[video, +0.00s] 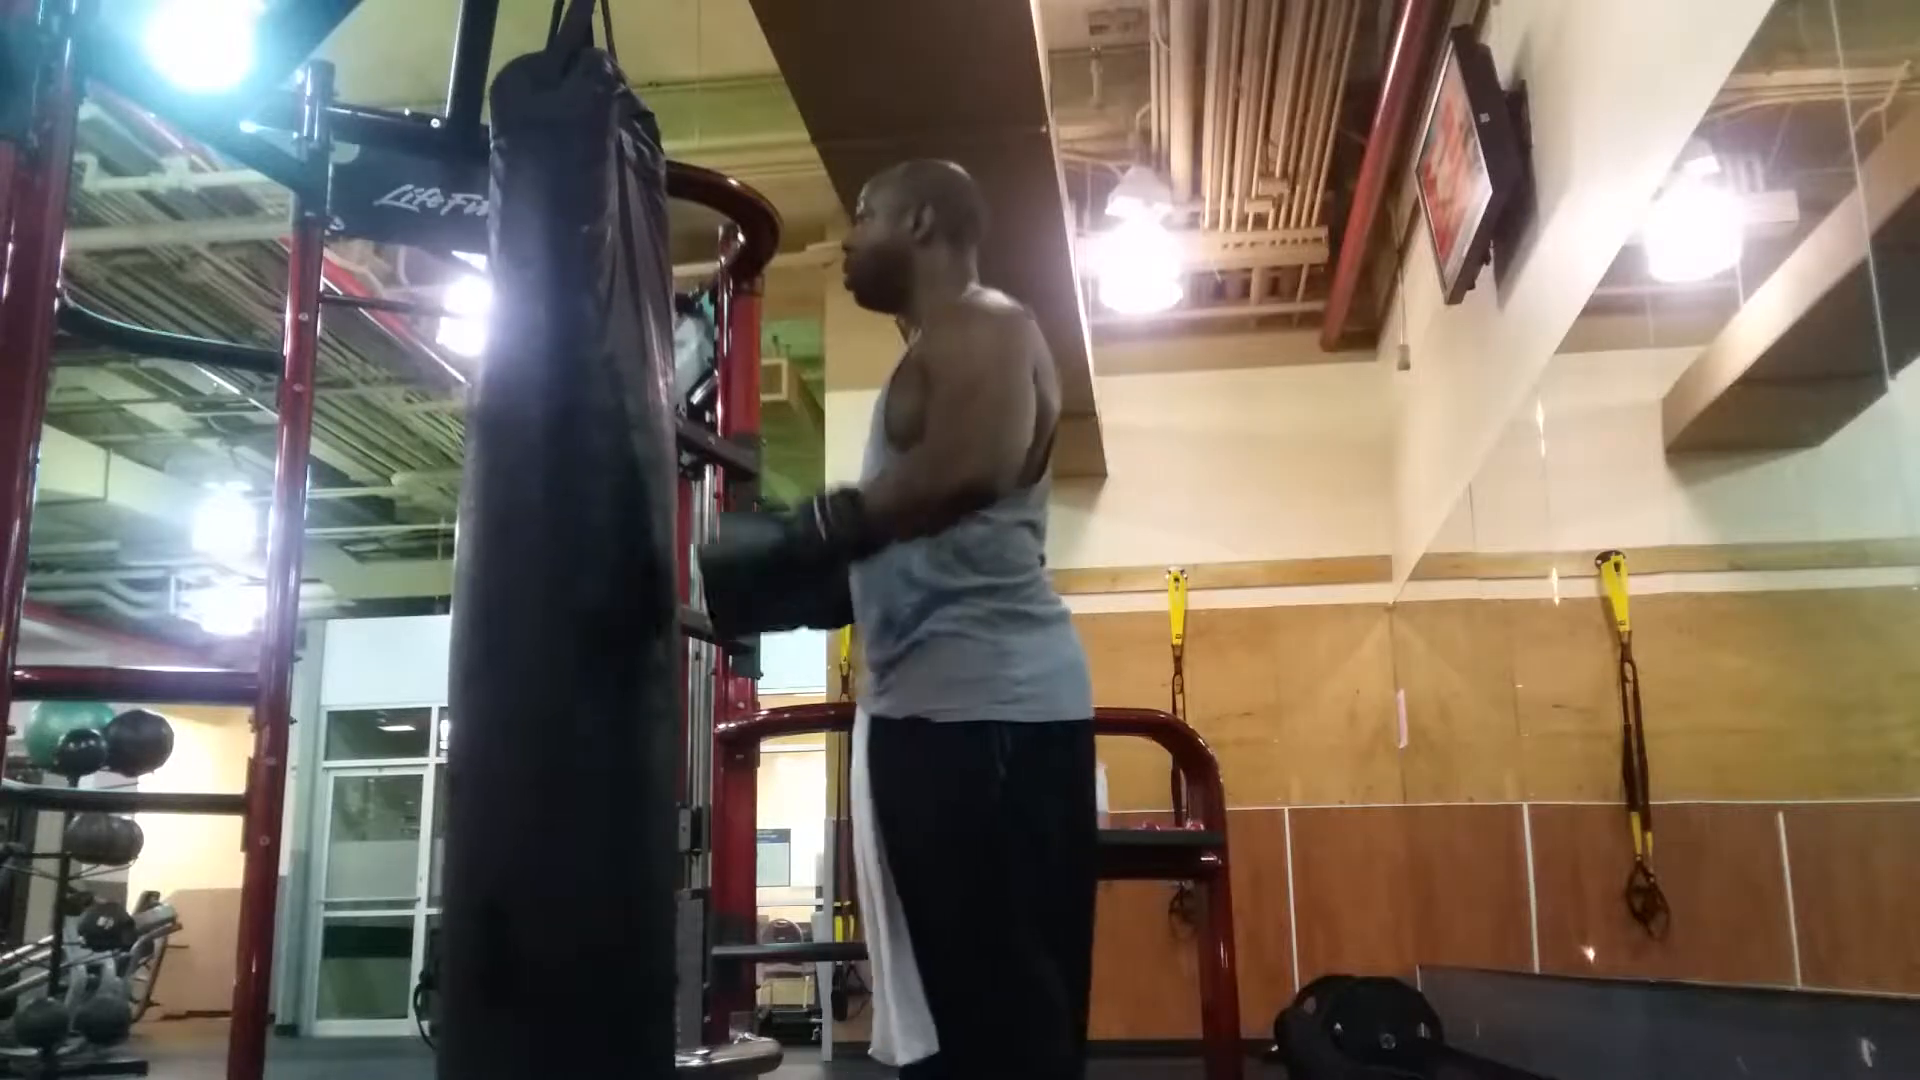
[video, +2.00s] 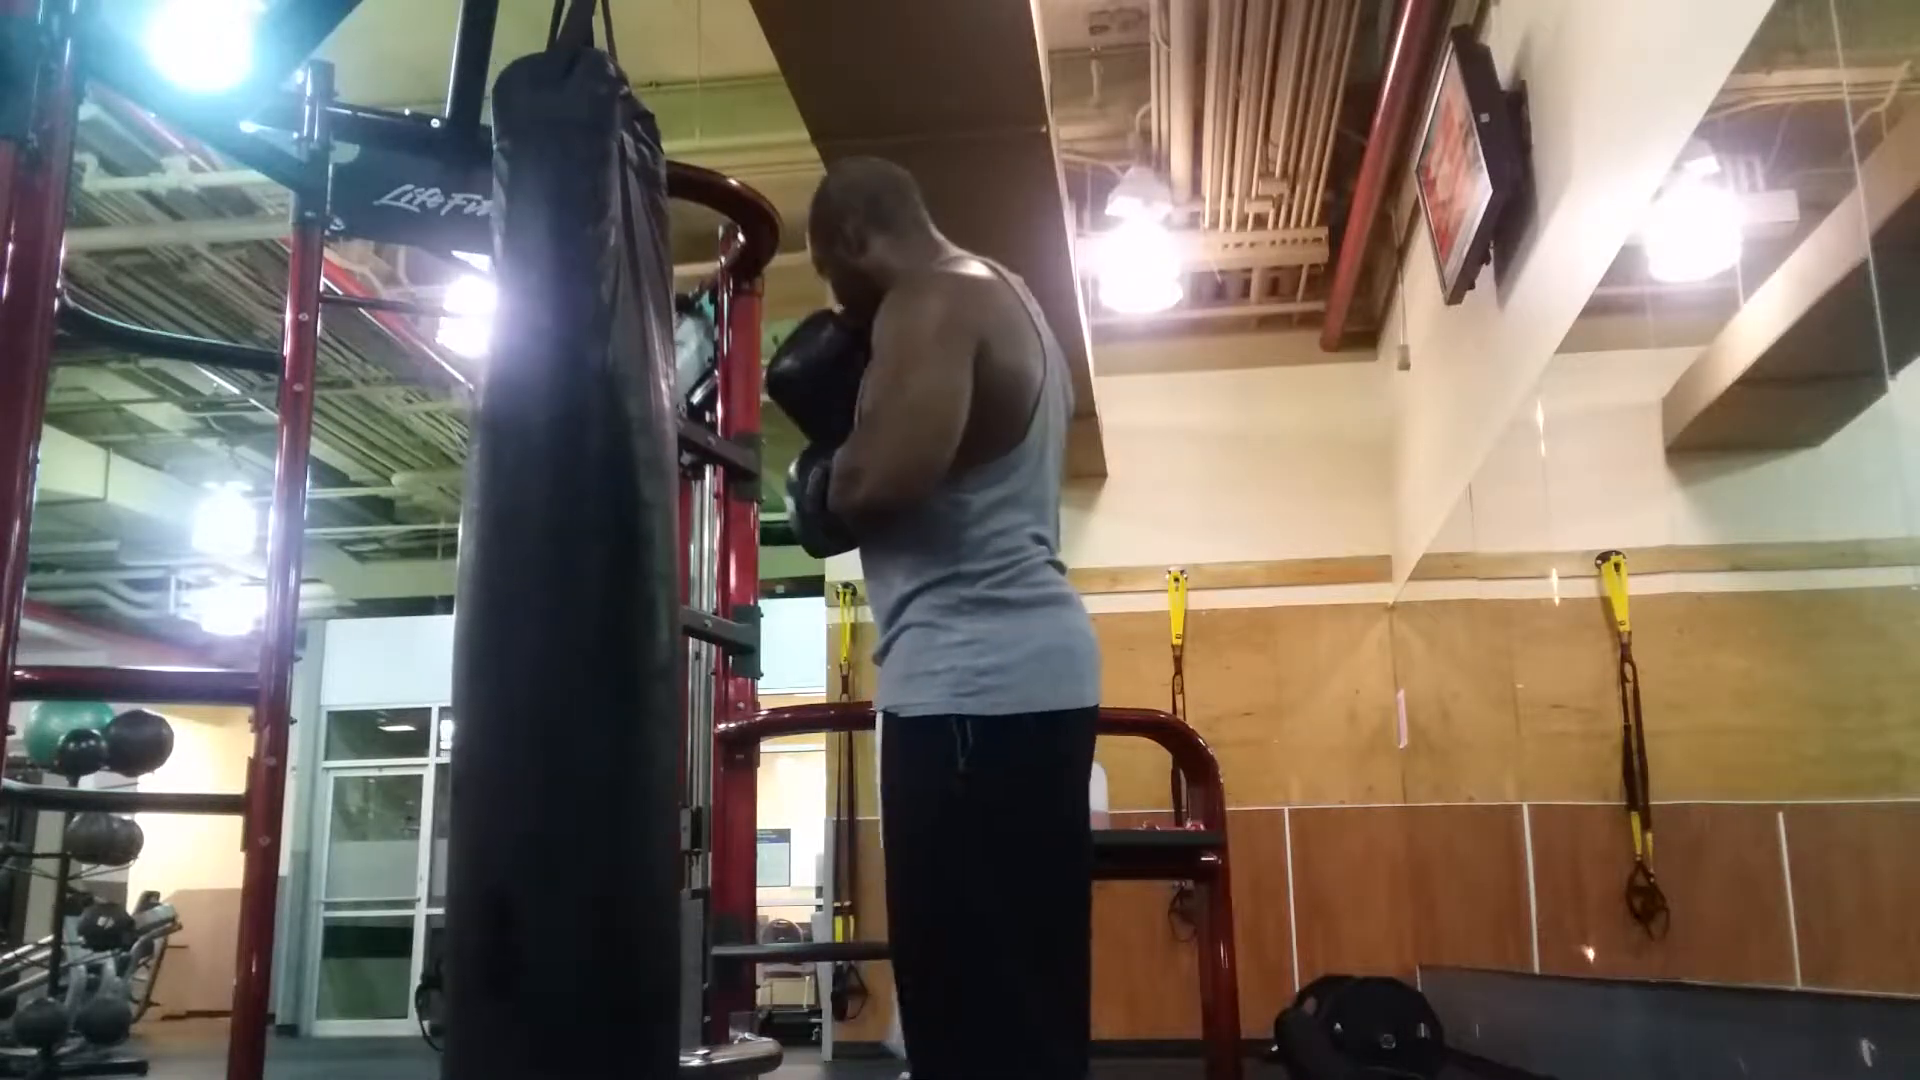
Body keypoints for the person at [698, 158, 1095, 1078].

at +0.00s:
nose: (847, 240)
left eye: (864, 216)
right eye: (854, 220)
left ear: (920, 224)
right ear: (926, 229)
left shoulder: (978, 322)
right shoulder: (935, 355)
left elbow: (974, 464)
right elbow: (913, 557)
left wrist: (815, 528)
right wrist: (775, 591)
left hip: (981, 713)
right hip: (947, 713)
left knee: (992, 1022)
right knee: (981, 1021)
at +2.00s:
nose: (836, 292)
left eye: (828, 265)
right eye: (829, 271)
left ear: (855, 240)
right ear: (913, 221)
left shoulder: (933, 296)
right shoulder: (1001, 296)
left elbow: (887, 477)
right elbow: (971, 475)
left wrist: (827, 479)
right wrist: (849, 404)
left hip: (971, 688)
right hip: (1025, 677)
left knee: (964, 1003)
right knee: (1022, 995)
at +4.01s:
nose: (811, 256)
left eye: (824, 235)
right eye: (815, 237)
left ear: (880, 234)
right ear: (895, 241)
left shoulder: (938, 313)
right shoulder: (938, 331)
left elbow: (885, 474)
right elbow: (963, 546)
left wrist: (815, 489)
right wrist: (868, 608)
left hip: (971, 699)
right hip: (978, 698)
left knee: (960, 1020)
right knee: (983, 1016)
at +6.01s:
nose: (764, 292)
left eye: (769, 276)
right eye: (767, 281)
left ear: (797, 260)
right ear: (886, 268)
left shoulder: (787, 297)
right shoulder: (996, 364)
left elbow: (678, 485)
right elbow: (1067, 573)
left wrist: (683, 595)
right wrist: (951, 606)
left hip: (846, 681)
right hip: (998, 701)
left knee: (749, 975)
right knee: (963, 957)